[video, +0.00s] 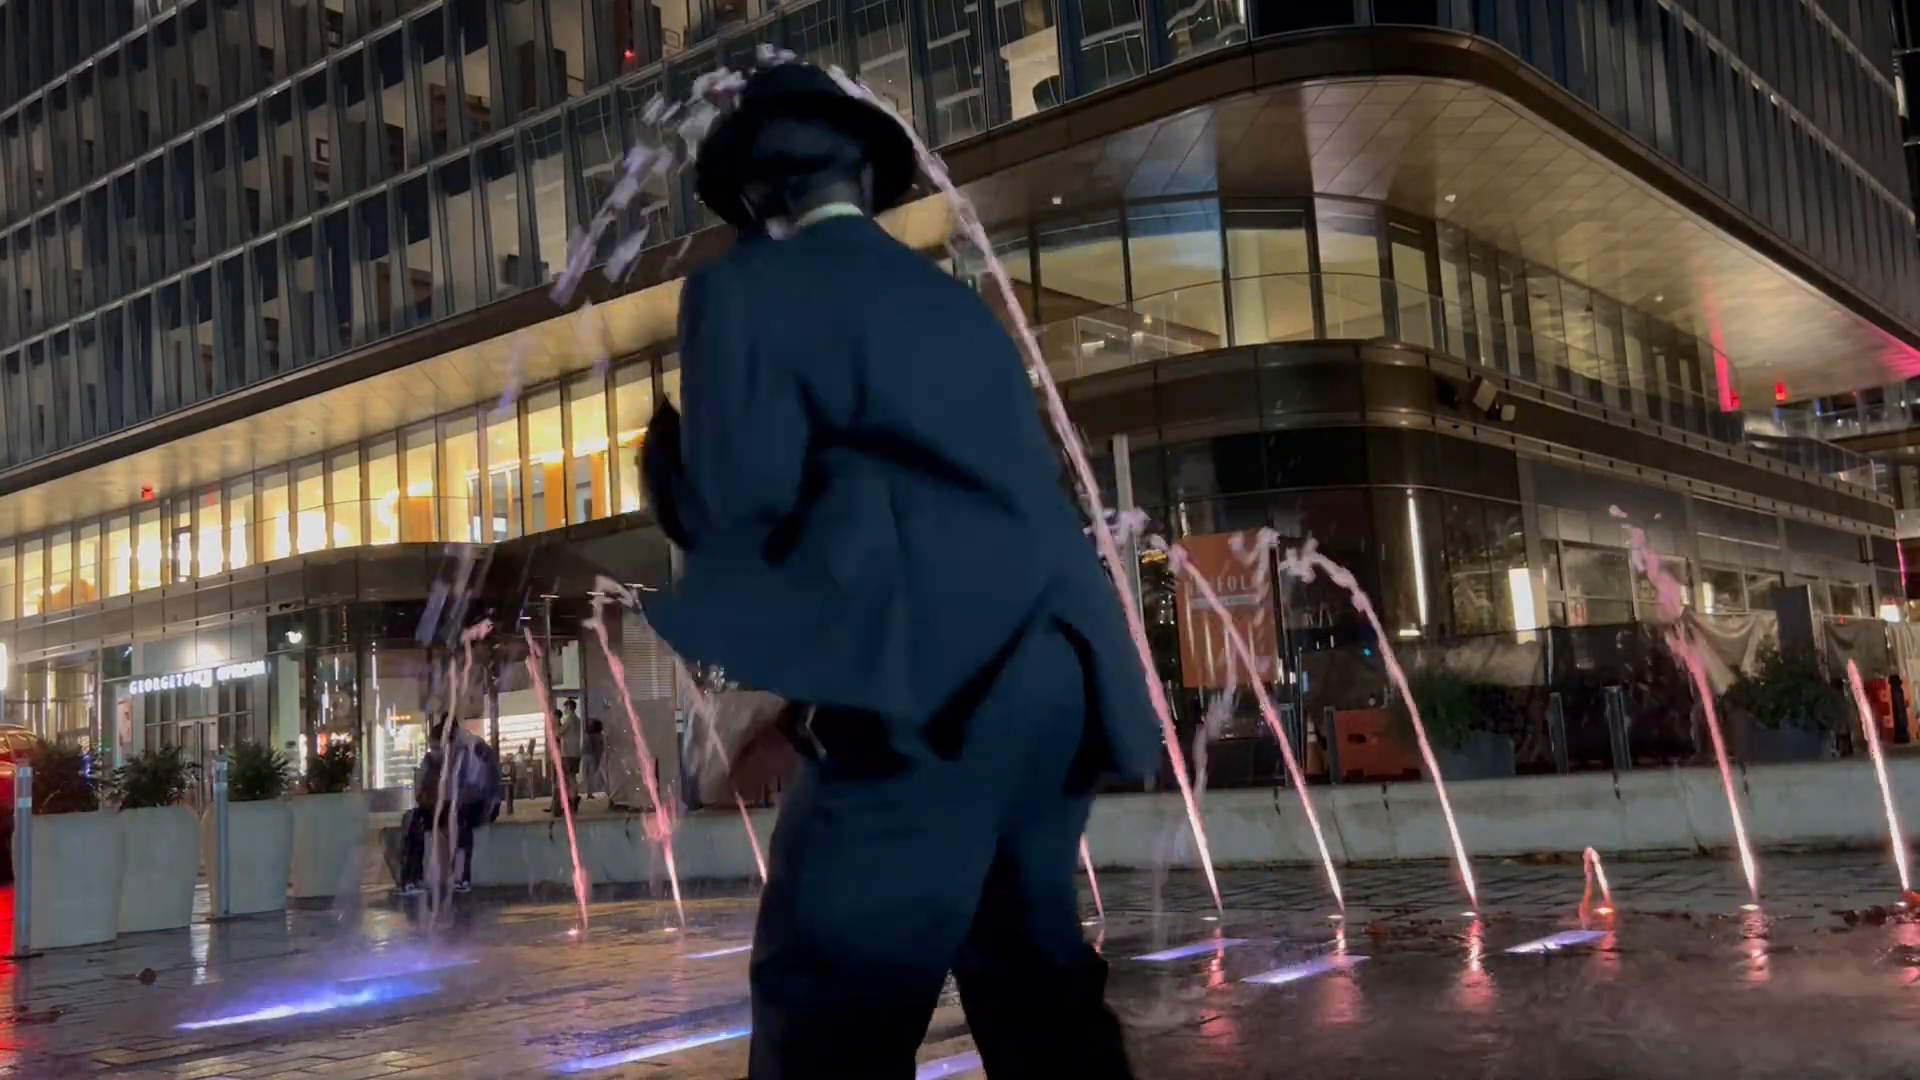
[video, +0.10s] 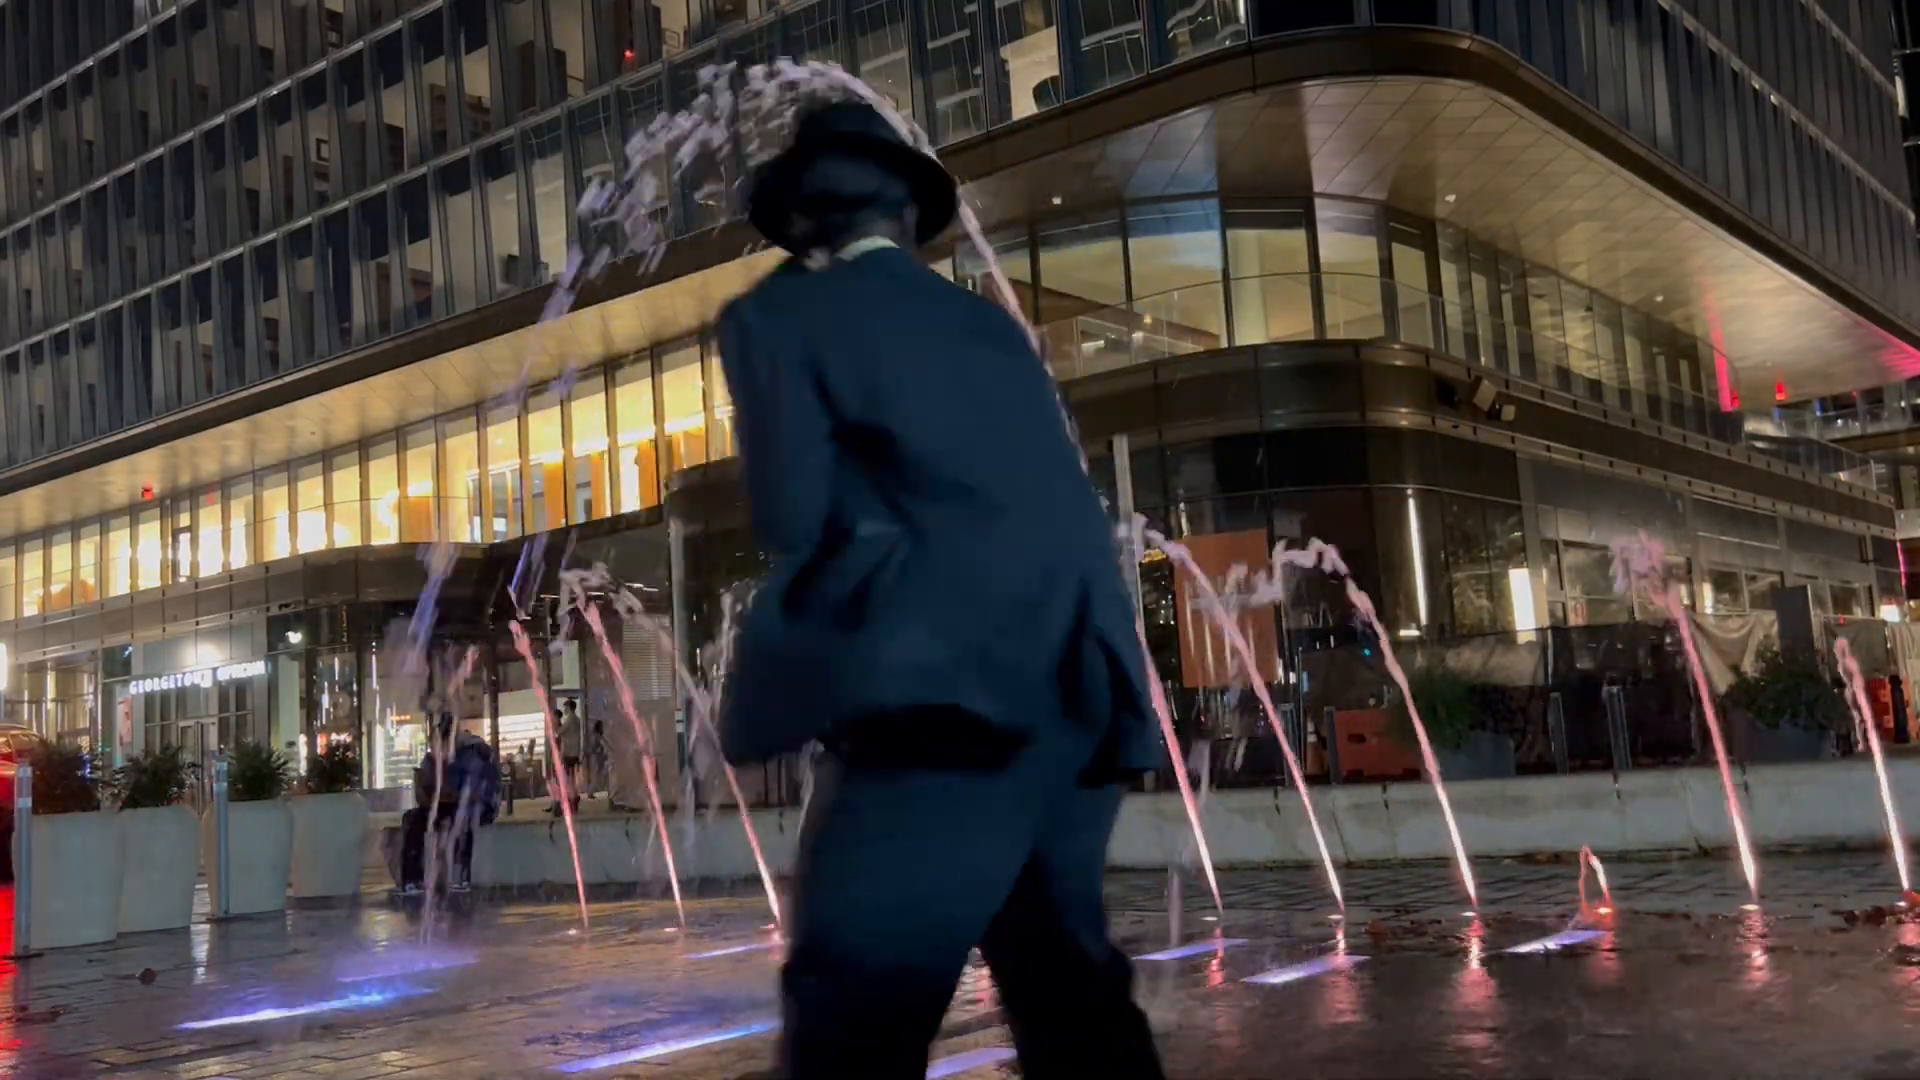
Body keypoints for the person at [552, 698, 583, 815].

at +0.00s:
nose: (564, 709)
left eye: (566, 707)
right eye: (565, 707)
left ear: (569, 708)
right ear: (573, 708)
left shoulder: (570, 719)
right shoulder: (577, 719)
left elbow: (560, 731)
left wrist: (554, 731)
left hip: (568, 753)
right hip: (575, 753)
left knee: (569, 778)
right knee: (572, 778)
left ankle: (571, 802)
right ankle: (573, 800)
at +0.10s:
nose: (564, 709)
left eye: (565, 707)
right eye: (565, 707)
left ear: (568, 708)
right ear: (574, 708)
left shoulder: (569, 719)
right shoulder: (577, 719)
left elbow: (560, 731)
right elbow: (577, 737)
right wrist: (578, 752)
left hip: (567, 753)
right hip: (574, 753)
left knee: (567, 779)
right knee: (572, 778)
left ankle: (570, 800)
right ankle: (573, 798)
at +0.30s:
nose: (564, 710)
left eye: (565, 707)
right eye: (564, 707)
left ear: (568, 708)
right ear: (573, 708)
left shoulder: (569, 719)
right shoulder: (576, 719)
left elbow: (561, 731)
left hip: (567, 753)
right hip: (574, 753)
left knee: (568, 778)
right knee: (572, 777)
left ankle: (570, 801)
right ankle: (573, 800)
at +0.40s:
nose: (564, 710)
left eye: (565, 707)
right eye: (564, 708)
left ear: (568, 708)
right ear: (573, 708)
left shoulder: (570, 719)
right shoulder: (575, 719)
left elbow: (561, 732)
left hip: (567, 752)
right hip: (573, 752)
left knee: (567, 778)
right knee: (572, 777)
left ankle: (570, 802)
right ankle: (572, 801)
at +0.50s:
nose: (563, 710)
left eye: (565, 707)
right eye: (564, 707)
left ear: (568, 707)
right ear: (572, 707)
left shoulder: (570, 719)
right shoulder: (576, 719)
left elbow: (559, 733)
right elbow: (569, 734)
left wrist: (556, 721)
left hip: (567, 753)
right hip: (573, 752)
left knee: (567, 778)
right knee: (572, 777)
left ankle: (570, 802)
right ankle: (573, 801)